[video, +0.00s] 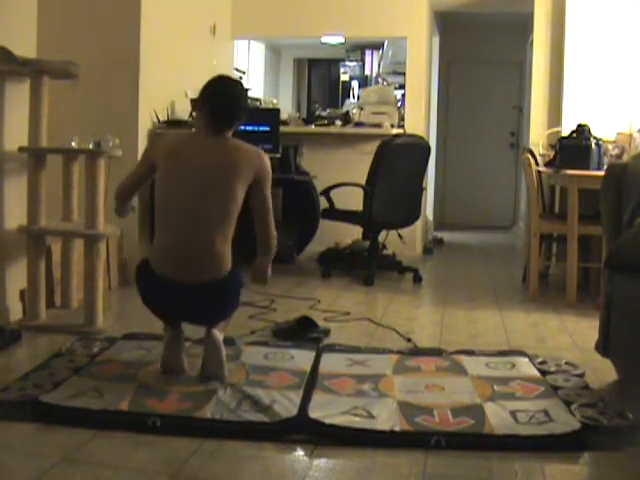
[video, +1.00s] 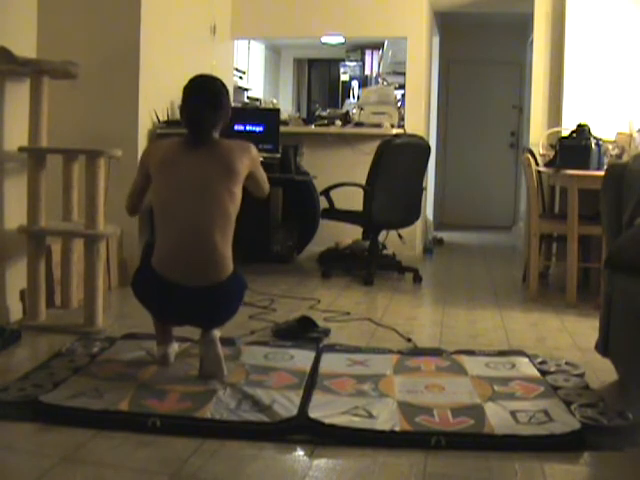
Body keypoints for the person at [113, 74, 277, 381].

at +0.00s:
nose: (194, 106)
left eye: (197, 102)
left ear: (199, 107)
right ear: (238, 117)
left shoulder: (164, 145)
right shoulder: (254, 160)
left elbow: (123, 193)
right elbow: (266, 234)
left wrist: (122, 207)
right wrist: (264, 265)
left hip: (162, 296)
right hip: (214, 300)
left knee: (145, 268)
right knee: (233, 279)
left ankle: (172, 336)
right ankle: (214, 336)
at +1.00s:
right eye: (226, 108)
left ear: (182, 111)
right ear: (225, 115)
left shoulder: (157, 151)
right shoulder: (243, 153)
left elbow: (132, 207)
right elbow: (262, 190)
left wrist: (164, 183)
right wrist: (237, 165)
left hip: (163, 299)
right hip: (216, 303)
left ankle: (164, 346)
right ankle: (210, 336)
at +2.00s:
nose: (233, 115)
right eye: (231, 109)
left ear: (187, 113)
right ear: (229, 118)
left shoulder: (160, 153)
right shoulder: (246, 159)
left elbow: (126, 198)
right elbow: (284, 203)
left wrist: (156, 170)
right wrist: (254, 153)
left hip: (162, 303)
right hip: (216, 307)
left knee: (152, 249)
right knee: (233, 280)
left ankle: (165, 344)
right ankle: (211, 339)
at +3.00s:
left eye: (194, 104)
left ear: (193, 111)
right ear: (236, 117)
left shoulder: (166, 149)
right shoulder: (249, 160)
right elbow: (280, 203)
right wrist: (249, 143)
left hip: (165, 305)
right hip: (217, 308)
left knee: (155, 243)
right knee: (233, 279)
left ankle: (165, 345)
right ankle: (211, 339)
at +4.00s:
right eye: (238, 125)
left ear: (192, 124)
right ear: (236, 130)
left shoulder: (166, 158)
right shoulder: (253, 165)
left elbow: (127, 209)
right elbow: (286, 217)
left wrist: (162, 185)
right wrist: (263, 183)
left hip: (165, 307)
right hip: (218, 311)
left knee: (156, 243)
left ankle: (165, 345)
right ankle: (211, 341)